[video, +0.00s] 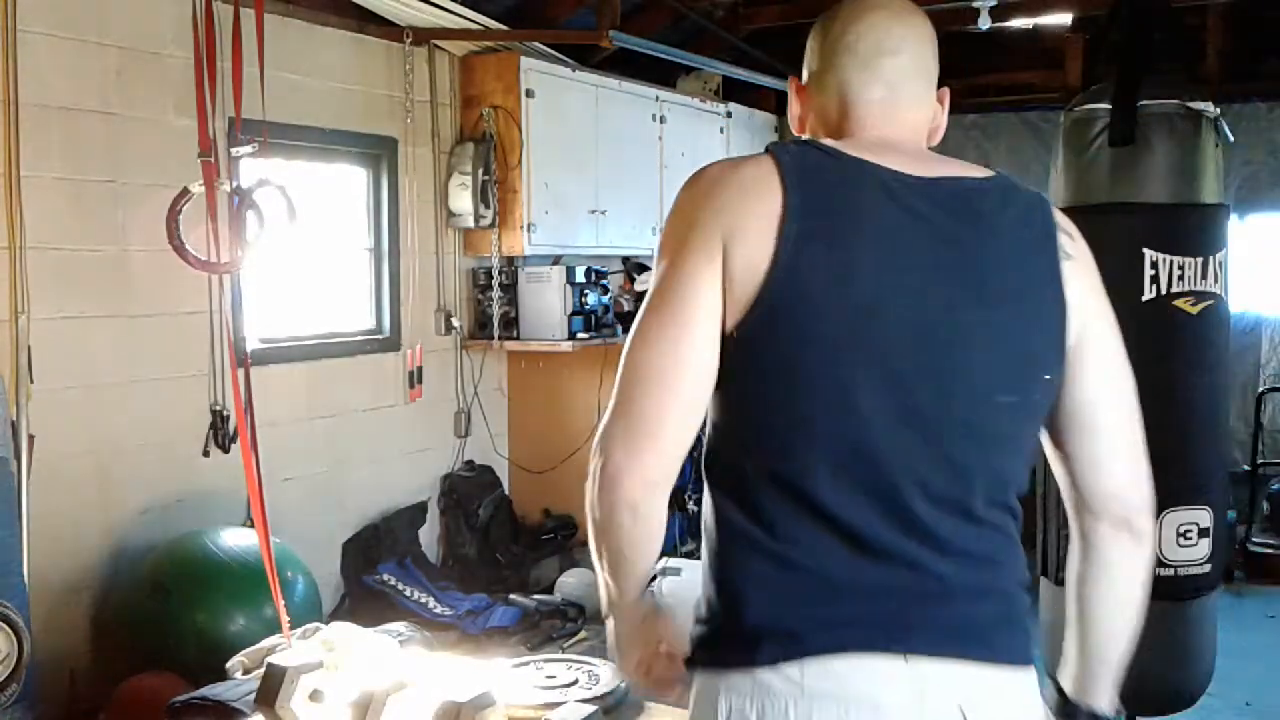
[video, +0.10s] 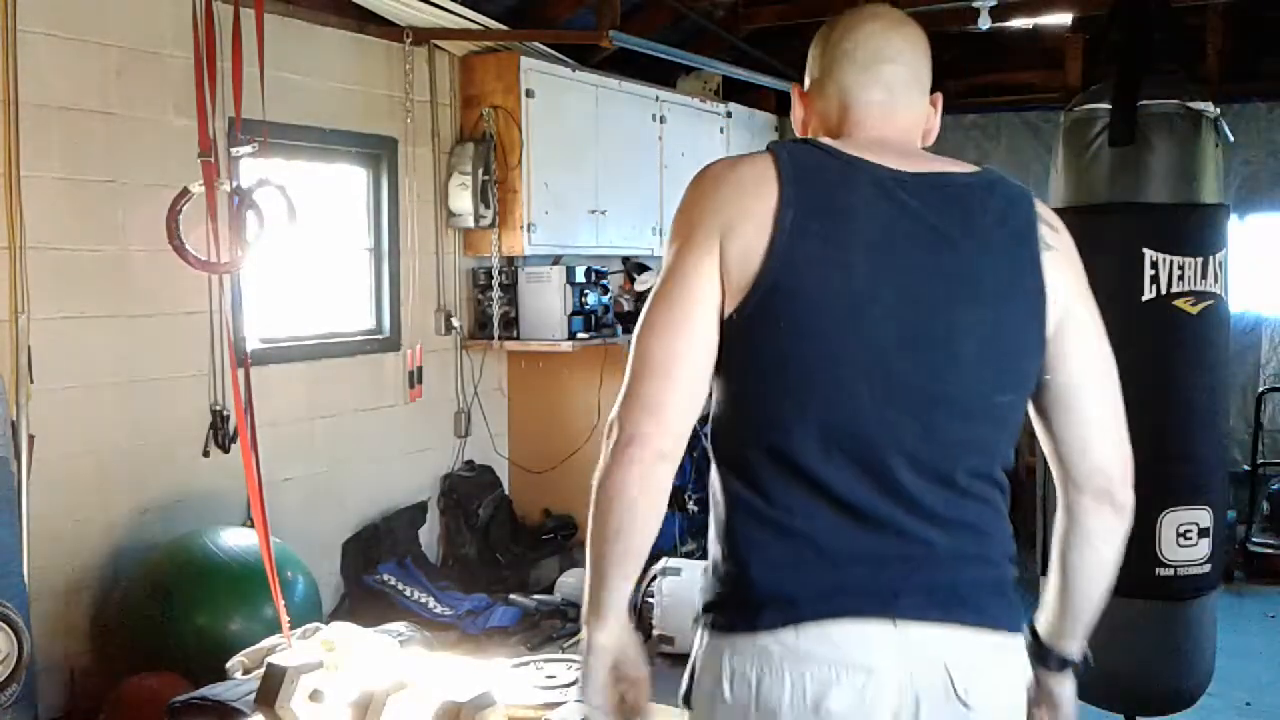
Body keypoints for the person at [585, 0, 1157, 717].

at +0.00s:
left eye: (786, 106)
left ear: (801, 105)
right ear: (940, 116)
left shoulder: (736, 194)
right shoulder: (1049, 234)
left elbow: (630, 470)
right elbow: (1121, 513)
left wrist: (629, 607)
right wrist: (1086, 697)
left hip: (785, 670)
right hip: (987, 673)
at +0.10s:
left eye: (792, 106)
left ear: (801, 111)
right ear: (934, 115)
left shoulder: (737, 189)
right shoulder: (1032, 226)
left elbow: (645, 441)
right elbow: (1103, 485)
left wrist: (608, 624)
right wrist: (1058, 658)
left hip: (785, 639)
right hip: (977, 648)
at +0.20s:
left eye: (792, 109)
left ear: (801, 113)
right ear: (925, 117)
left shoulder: (737, 188)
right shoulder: (1022, 217)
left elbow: (649, 417)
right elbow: (1088, 460)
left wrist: (600, 605)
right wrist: (1035, 601)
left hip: (779, 617)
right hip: (963, 628)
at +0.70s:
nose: (772, 165)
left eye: (771, 154)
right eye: (870, 144)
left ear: (777, 161)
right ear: (869, 152)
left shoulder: (728, 233)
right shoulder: (941, 223)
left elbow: (683, 412)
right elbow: (1009, 401)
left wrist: (678, 538)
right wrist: (1017, 549)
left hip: (777, 534)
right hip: (914, 539)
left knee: (787, 708)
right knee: (924, 707)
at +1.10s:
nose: (774, 191)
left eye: (771, 181)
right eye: (774, 183)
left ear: (781, 177)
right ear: (855, 174)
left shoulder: (758, 243)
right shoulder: (928, 240)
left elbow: (701, 392)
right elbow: (991, 381)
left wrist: (691, 468)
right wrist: (1002, 505)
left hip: (804, 501)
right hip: (917, 502)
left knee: (814, 707)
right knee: (926, 692)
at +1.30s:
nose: (761, 210)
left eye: (758, 196)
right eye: (758, 198)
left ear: (776, 184)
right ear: (833, 178)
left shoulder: (781, 237)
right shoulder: (912, 236)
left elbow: (759, 383)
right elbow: (955, 367)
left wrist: (731, 496)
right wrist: (950, 475)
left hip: (826, 487)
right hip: (917, 477)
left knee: (780, 655)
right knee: (910, 650)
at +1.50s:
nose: (720, 220)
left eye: (720, 204)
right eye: (714, 208)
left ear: (752, 182)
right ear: (774, 181)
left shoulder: (785, 235)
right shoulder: (848, 227)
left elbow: (789, 377)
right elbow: (857, 363)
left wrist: (760, 504)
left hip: (819, 480)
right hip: (879, 466)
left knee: (734, 637)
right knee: (879, 633)